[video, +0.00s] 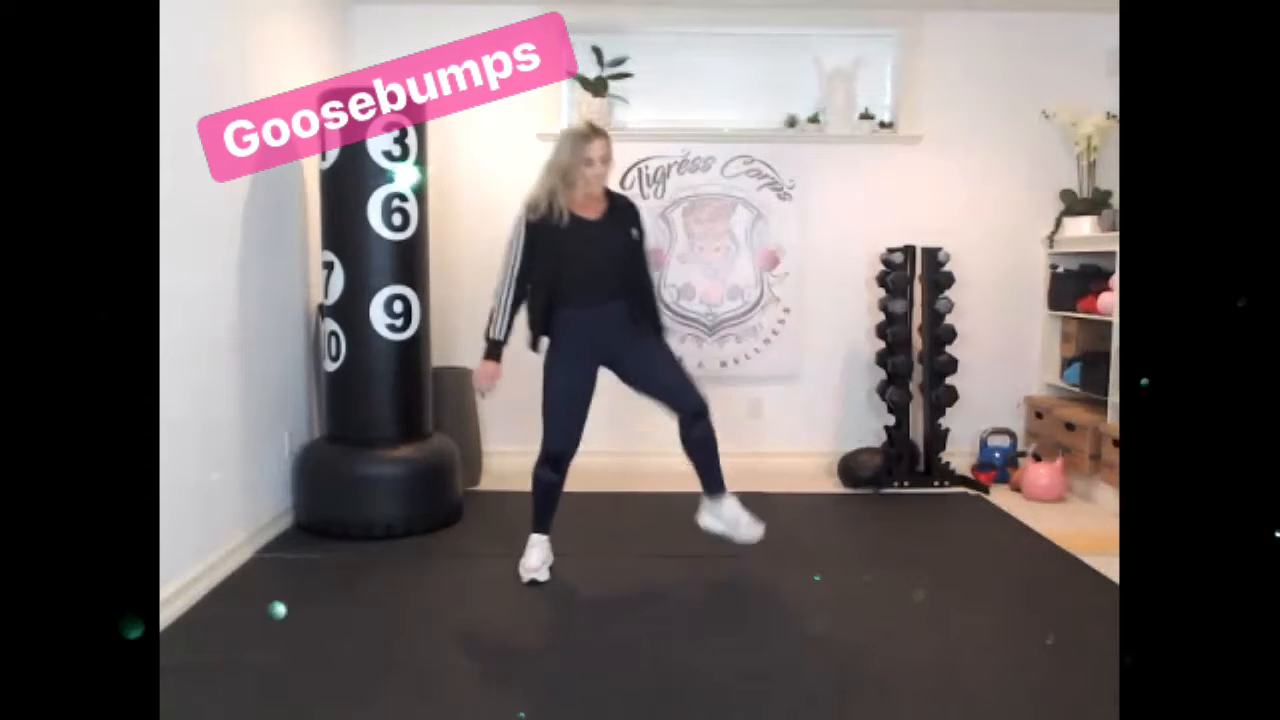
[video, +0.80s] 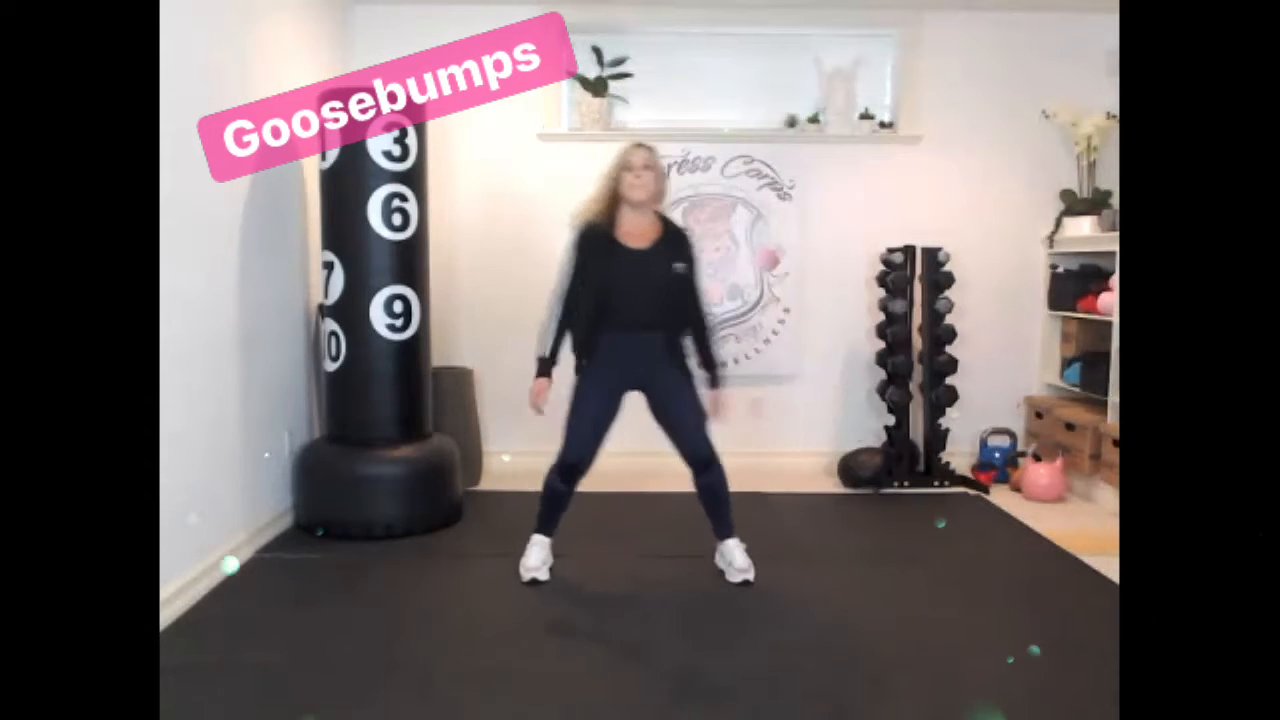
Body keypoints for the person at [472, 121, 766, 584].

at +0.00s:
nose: (601, 170)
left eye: (606, 161)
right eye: (592, 162)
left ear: (611, 162)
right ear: (570, 164)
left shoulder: (623, 211)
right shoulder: (541, 216)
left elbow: (640, 281)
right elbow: (513, 284)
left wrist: (655, 338)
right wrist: (493, 354)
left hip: (627, 334)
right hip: (571, 340)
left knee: (693, 408)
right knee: (557, 448)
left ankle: (718, 503)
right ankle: (539, 540)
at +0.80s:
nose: (640, 177)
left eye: (648, 170)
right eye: (631, 170)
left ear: (661, 182)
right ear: (617, 180)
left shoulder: (675, 239)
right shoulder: (594, 236)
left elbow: (692, 309)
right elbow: (569, 304)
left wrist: (712, 376)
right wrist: (545, 370)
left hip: (663, 360)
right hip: (604, 361)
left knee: (702, 456)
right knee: (574, 461)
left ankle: (728, 543)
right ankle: (541, 540)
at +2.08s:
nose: (613, 146)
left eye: (621, 138)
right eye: (604, 138)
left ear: (632, 149)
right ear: (587, 148)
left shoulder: (646, 205)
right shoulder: (561, 205)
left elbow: (655, 275)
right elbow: (540, 272)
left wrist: (660, 330)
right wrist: (546, 338)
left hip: (643, 325)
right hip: (585, 331)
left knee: (710, 392)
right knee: (578, 443)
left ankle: (703, 486)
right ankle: (564, 537)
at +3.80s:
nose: (642, 168)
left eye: (648, 160)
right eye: (631, 160)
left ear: (658, 169)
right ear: (611, 167)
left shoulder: (668, 226)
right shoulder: (589, 210)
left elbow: (689, 282)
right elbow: (563, 143)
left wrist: (676, 330)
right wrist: (591, 79)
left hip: (646, 352)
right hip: (587, 351)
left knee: (697, 453)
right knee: (561, 465)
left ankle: (740, 543)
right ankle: (536, 554)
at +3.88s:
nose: (632, 158)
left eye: (637, 149)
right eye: (620, 150)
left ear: (646, 157)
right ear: (600, 159)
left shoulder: (656, 216)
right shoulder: (573, 200)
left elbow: (670, 276)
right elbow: (516, 198)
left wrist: (663, 321)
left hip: (627, 343)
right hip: (571, 341)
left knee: (668, 447)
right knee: (557, 456)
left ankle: (678, 533)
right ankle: (537, 552)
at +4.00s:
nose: (619, 167)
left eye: (628, 160)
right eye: (609, 159)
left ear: (638, 169)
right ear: (589, 168)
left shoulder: (649, 228)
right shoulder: (559, 226)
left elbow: (659, 288)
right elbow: (525, 290)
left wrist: (647, 330)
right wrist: (529, 295)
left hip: (609, 353)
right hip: (553, 351)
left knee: (621, 463)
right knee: (547, 462)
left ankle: (602, 533)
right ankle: (535, 551)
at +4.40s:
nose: (618, 144)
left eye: (629, 138)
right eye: (611, 135)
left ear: (641, 148)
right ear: (595, 141)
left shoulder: (650, 190)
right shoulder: (565, 192)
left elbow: (699, 157)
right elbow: (510, 233)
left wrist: (683, 107)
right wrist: (532, 288)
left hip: (634, 329)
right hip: (576, 330)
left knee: (679, 437)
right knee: (557, 449)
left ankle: (706, 533)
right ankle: (540, 549)